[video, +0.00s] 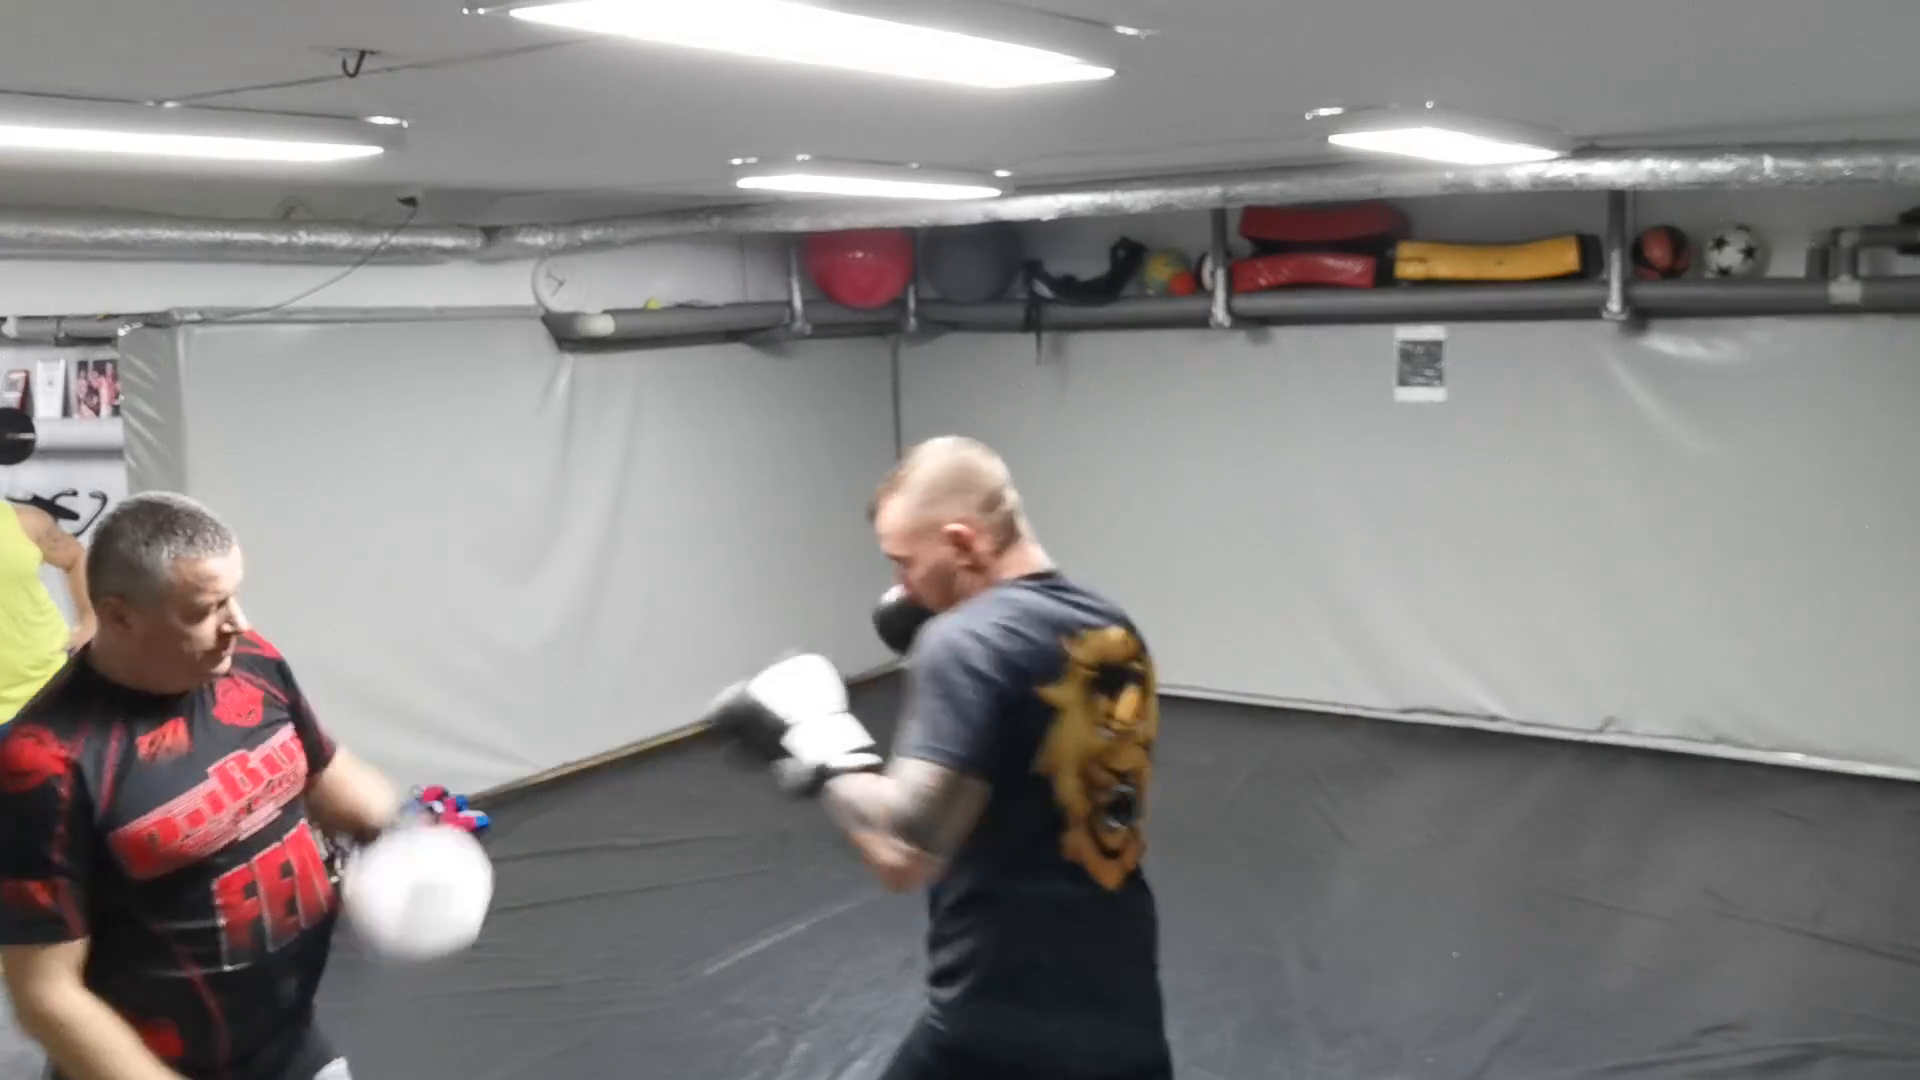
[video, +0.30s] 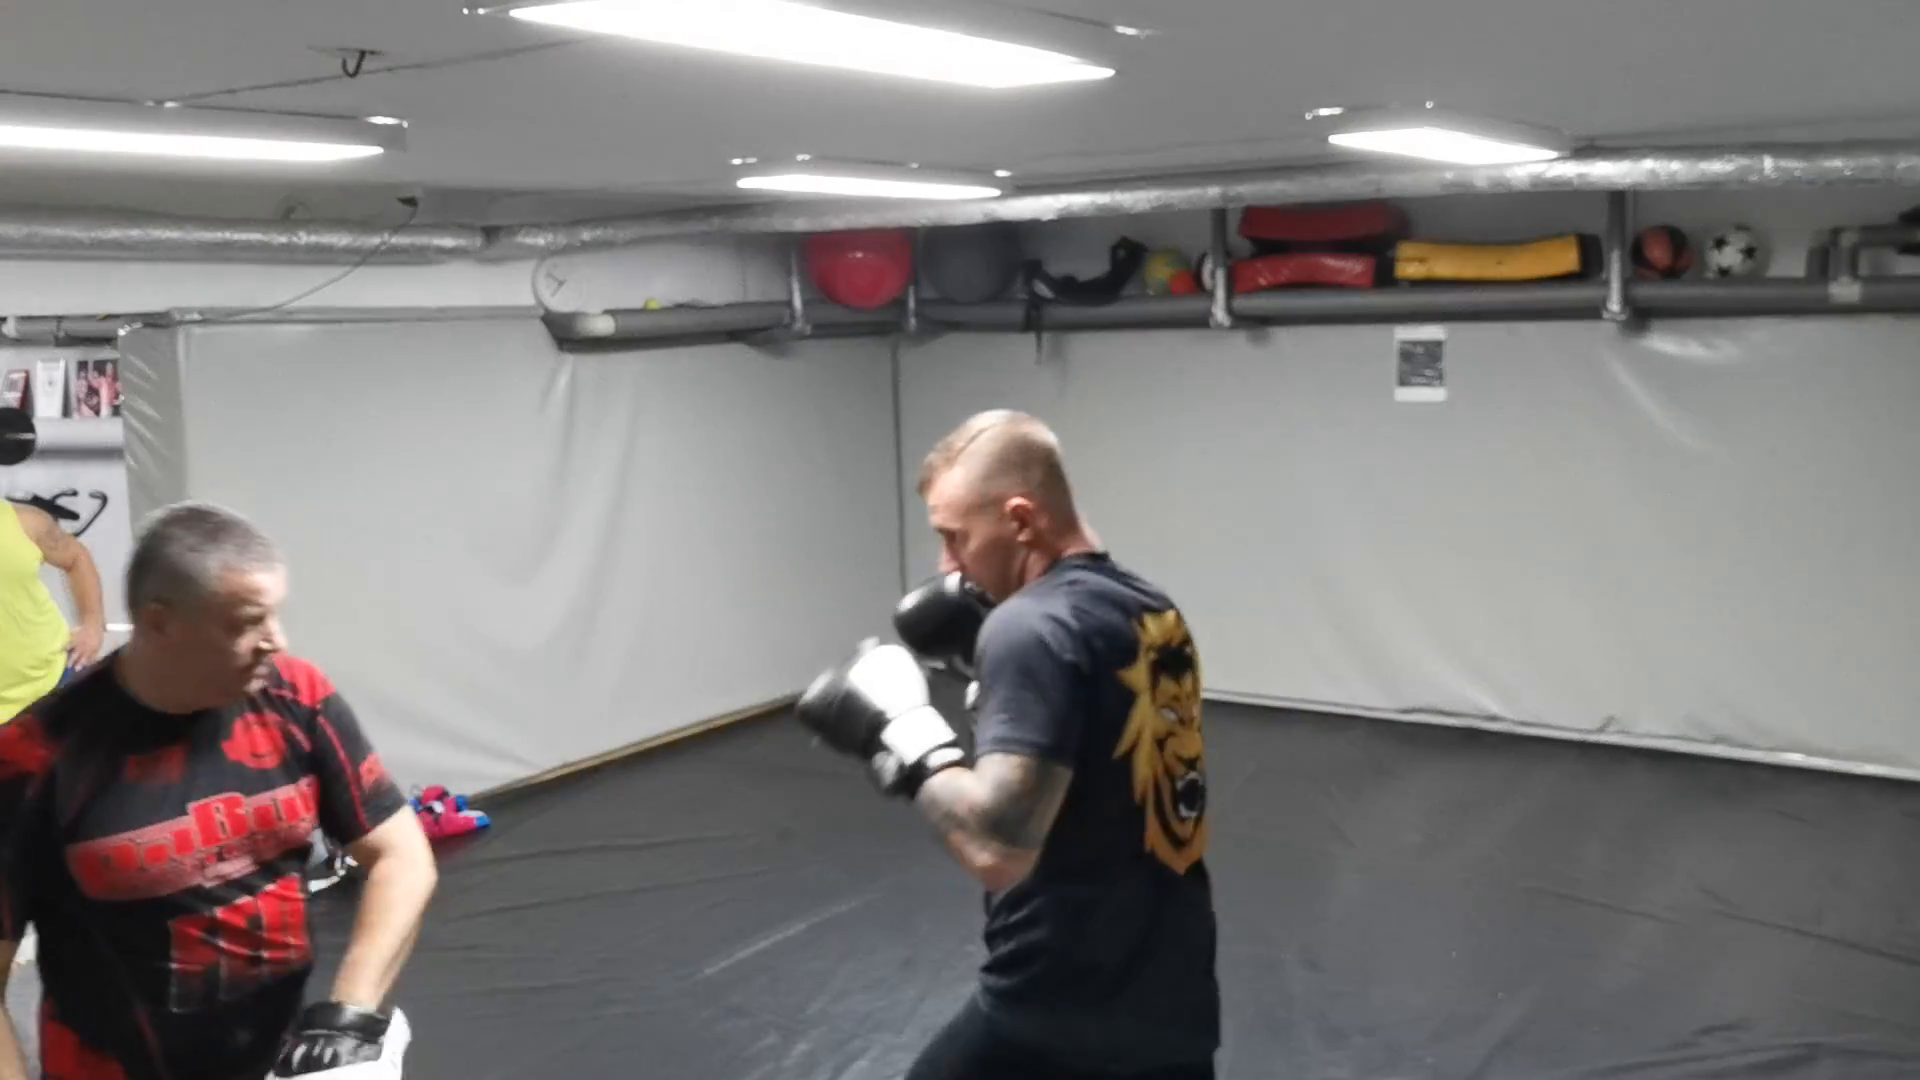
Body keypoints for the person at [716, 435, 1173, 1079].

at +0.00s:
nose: (898, 589)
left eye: (904, 564)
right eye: (894, 567)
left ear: (962, 544)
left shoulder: (966, 642)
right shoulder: (1110, 626)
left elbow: (904, 852)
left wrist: (818, 737)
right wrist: (946, 636)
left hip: (1002, 1010)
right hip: (1118, 997)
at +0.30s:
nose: (946, 568)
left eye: (955, 539)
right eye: (943, 542)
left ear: (1020, 521)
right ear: (1029, 522)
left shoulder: (1032, 626)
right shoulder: (1151, 608)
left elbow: (997, 848)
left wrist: (907, 721)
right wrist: (995, 646)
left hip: (1059, 1007)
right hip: (1171, 995)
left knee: (934, 1069)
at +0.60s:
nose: (945, 586)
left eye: (952, 561)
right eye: (938, 565)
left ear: (1016, 537)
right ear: (1022, 538)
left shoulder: (1076, 663)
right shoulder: (1126, 608)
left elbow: (1011, 855)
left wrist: (940, 724)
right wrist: (996, 865)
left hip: (1168, 987)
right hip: (1223, 955)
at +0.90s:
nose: (1109, 586)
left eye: (1131, 562)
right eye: (1103, 560)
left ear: (1197, 546)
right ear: (1095, 545)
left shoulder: (1278, 655)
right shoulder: (1136, 643)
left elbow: (1331, 839)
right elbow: (1084, 761)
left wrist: (1224, 720)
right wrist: (1042, 698)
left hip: (1291, 945)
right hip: (1228, 937)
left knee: (1250, 1067)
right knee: (1265, 1063)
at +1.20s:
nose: (1188, 521)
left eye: (1207, 500)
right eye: (1170, 500)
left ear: (1250, 478)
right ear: (1147, 483)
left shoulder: (1304, 562)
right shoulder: (1121, 574)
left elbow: (1338, 722)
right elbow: (1070, 711)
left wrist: (1242, 623)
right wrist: (1042, 653)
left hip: (1304, 867)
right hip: (1182, 861)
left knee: (1384, 1064)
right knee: (1076, 1052)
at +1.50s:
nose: (1047, 529)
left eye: (1062, 509)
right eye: (1030, 512)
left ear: (1084, 486)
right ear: (996, 493)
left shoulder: (1111, 544)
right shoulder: (969, 575)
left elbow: (1217, 661)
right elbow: (956, 754)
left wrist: (1195, 617)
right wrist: (1098, 821)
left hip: (1131, 800)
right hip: (1024, 813)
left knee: (1252, 983)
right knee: (1021, 1017)